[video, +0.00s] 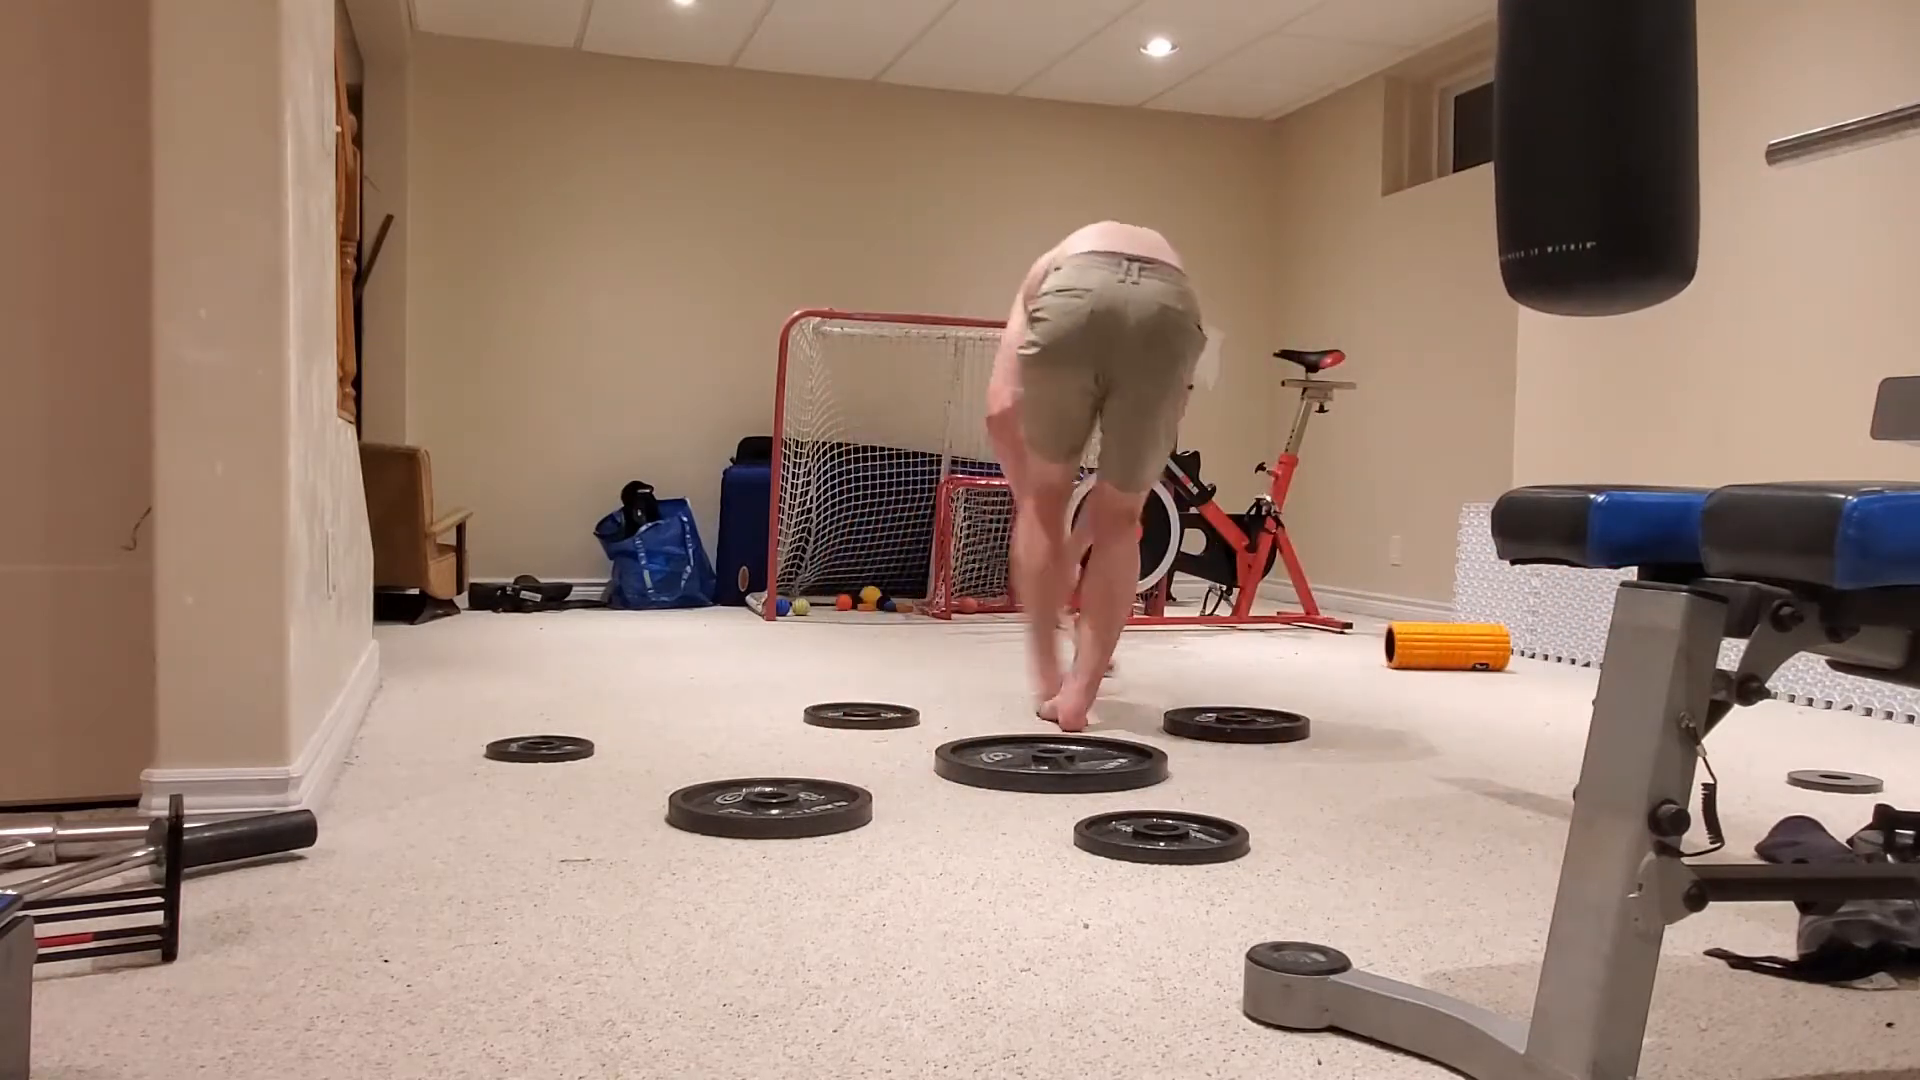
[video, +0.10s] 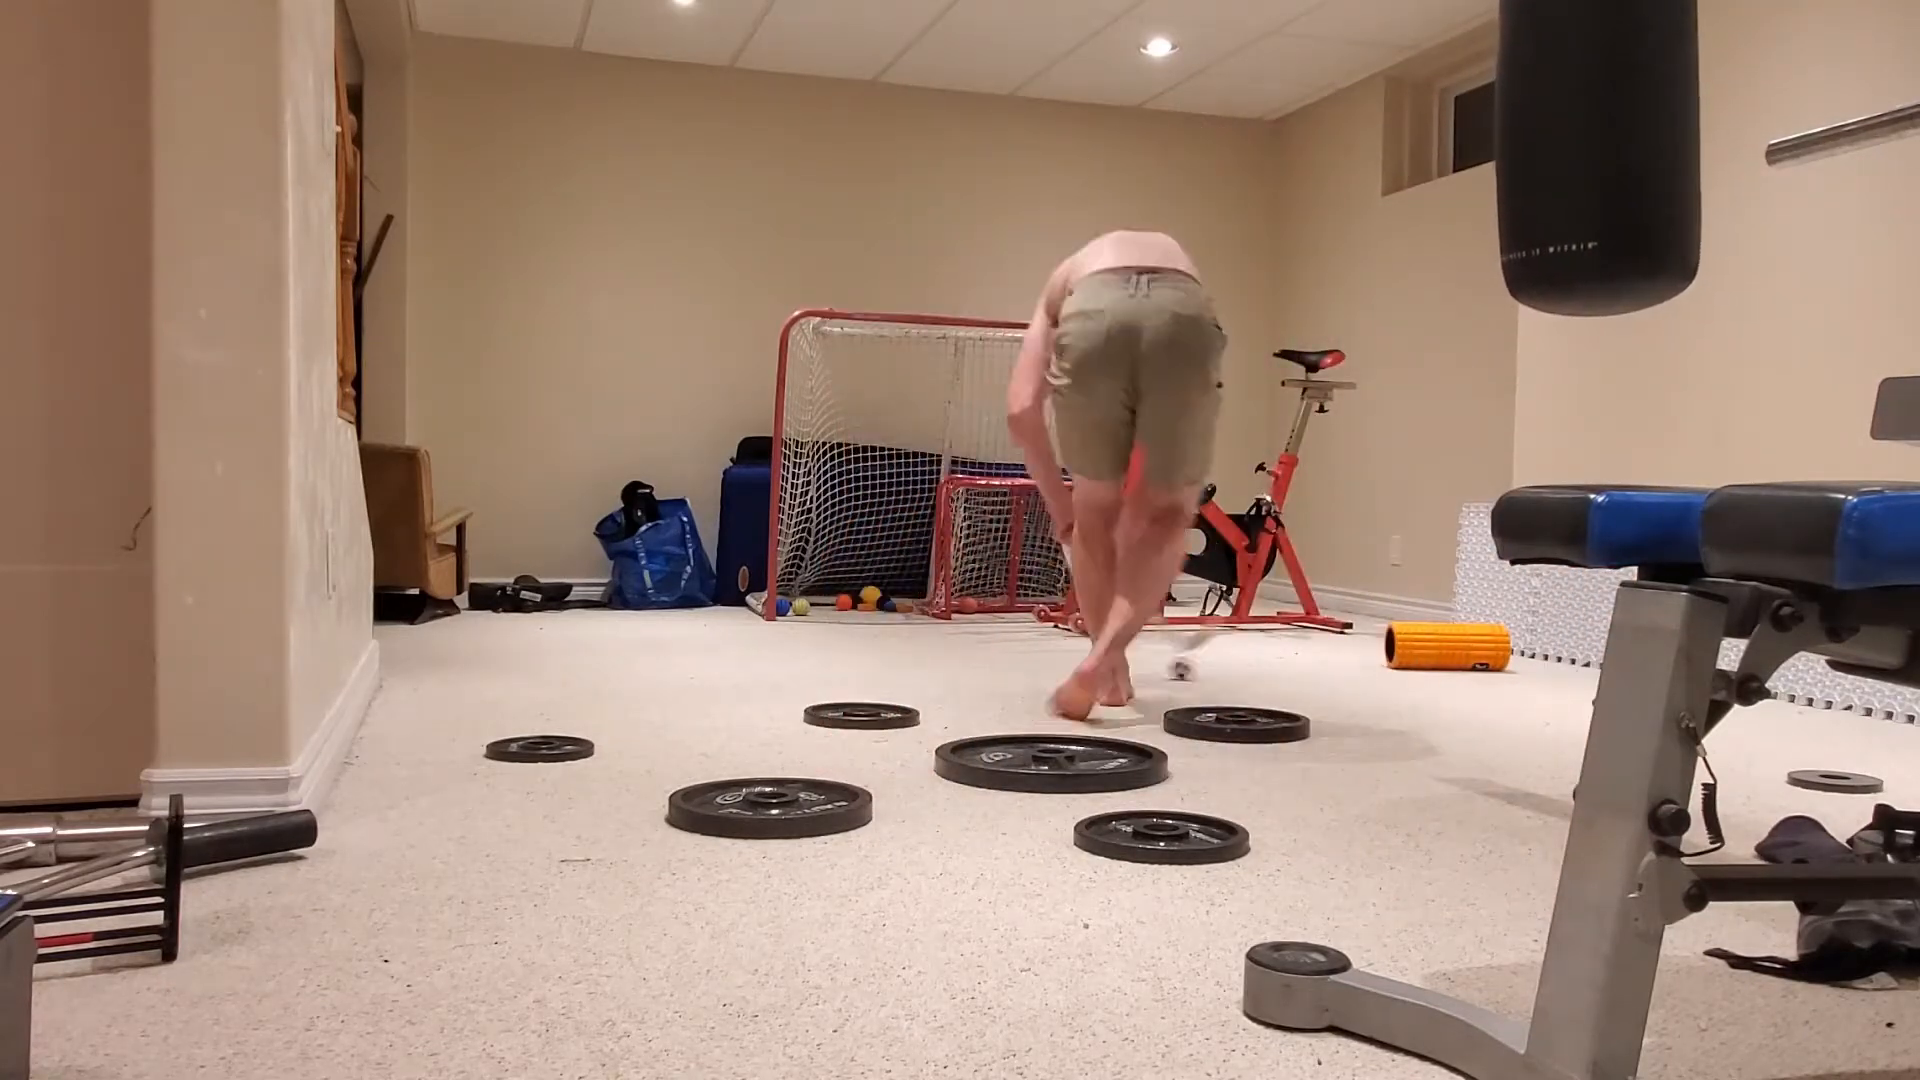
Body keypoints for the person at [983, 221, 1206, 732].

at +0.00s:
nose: (1074, 606)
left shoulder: (1046, 277)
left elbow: (1002, 409)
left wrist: (1045, 546)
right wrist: (1072, 552)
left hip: (1073, 290)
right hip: (1169, 302)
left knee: (1043, 504)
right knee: (1119, 516)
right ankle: (1079, 692)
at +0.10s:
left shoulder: (1063, 279)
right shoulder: (1182, 266)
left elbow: (1022, 408)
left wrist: (1060, 510)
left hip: (1092, 312)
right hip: (1184, 314)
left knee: (1095, 513)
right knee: (1165, 511)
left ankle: (1113, 671)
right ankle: (1100, 658)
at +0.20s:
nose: (1145, 548)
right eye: (1143, 550)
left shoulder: (1091, 285)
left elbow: (1056, 417)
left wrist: (1118, 512)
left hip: (1118, 299)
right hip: (1208, 296)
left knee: (1107, 516)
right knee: (1223, 486)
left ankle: (1111, 678)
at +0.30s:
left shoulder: (1124, 294)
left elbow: (1079, 417)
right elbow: (1235, 448)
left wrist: (1149, 513)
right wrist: (1214, 553)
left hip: (1151, 287)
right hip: (1241, 284)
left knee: (1124, 506)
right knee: (1269, 491)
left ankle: (1110, 678)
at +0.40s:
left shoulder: (1159, 292)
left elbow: (1109, 393)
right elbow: (1234, 464)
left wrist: (1124, 468)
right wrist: (1182, 542)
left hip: (1196, 297)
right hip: (1285, 306)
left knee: (1141, 503)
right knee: (1305, 510)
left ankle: (1110, 675)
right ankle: (1359, 680)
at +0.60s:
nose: (1247, 315)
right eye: (1247, 308)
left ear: (1233, 241)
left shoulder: (1231, 229)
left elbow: (1189, 286)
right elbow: (1233, 398)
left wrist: (1139, 384)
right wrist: (1142, 434)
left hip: (1309, 298)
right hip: (1389, 320)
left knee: (1213, 494)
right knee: (1344, 520)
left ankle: (1146, 664)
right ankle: (1361, 683)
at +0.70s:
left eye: (1233, 191)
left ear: (1243, 175)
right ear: (1280, 171)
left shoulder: (1248, 179)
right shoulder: (1340, 199)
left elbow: (1229, 225)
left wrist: (1178, 328)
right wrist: (1249, 440)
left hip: (1338, 290)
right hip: (1415, 303)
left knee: (1257, 481)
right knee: (1355, 504)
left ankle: (1228, 671)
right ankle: (1364, 683)